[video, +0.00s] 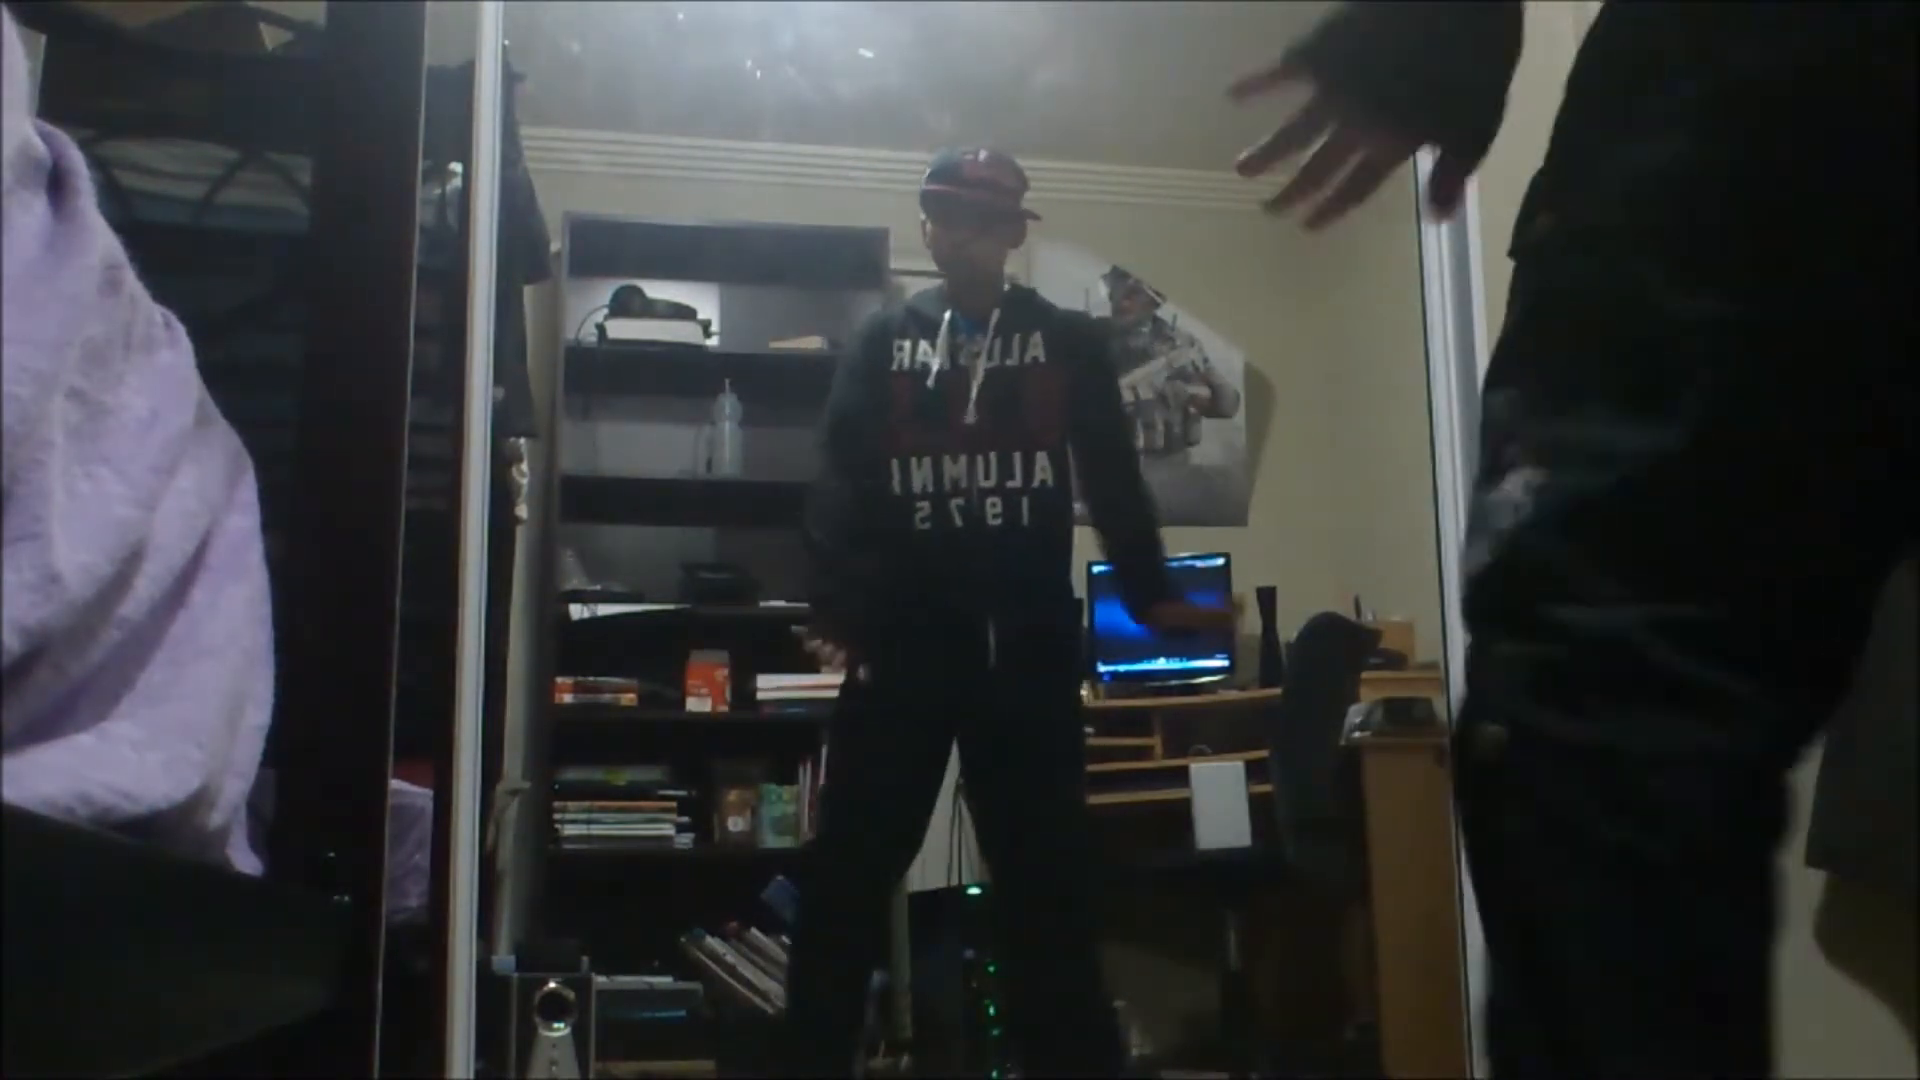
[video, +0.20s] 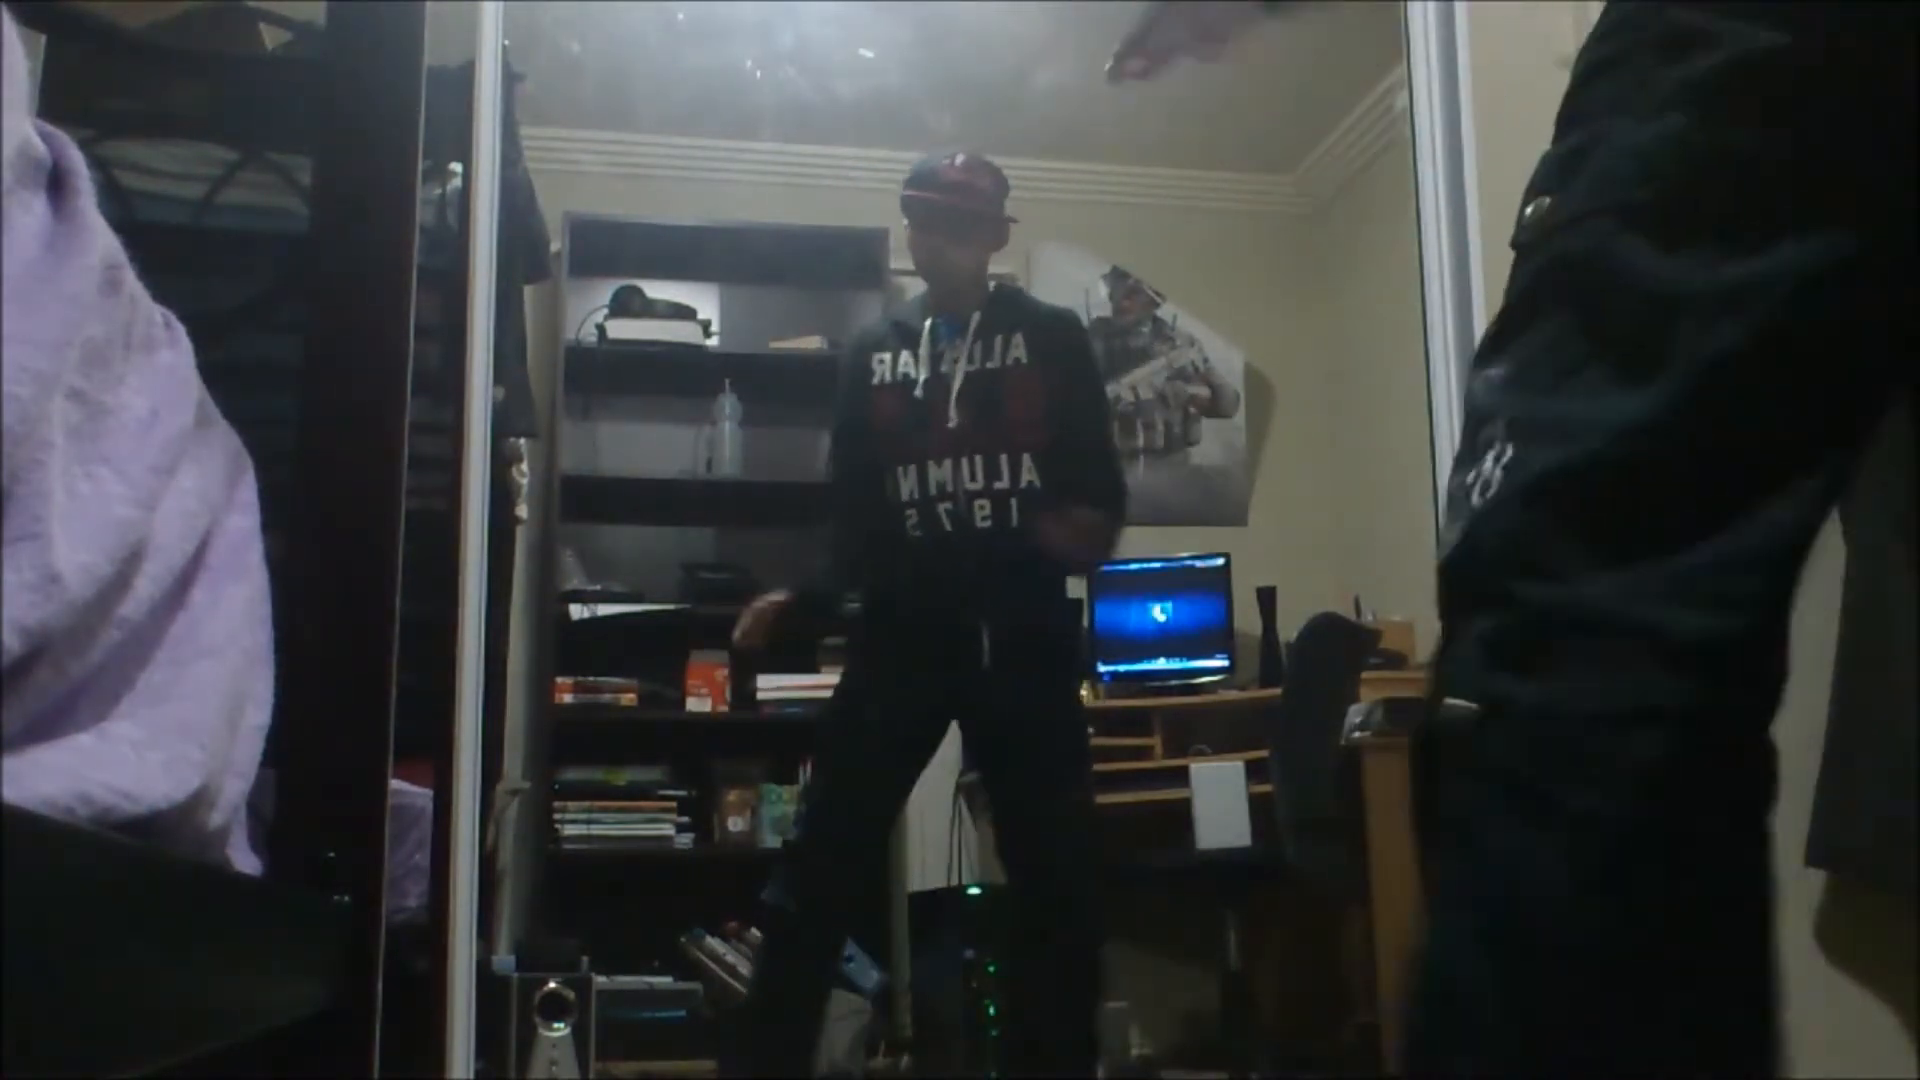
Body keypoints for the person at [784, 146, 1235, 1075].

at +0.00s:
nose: (973, 237)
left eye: (992, 220)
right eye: (956, 218)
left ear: (1021, 230)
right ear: (927, 226)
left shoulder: (1068, 340)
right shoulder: (881, 337)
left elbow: (1113, 481)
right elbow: (839, 480)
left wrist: (1156, 601)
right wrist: (836, 602)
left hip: (1027, 637)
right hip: (905, 634)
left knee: (1045, 868)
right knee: (850, 865)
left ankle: (1067, 1063)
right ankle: (814, 1062)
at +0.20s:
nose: (933, 239)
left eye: (957, 224)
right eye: (922, 222)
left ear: (996, 234)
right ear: (904, 230)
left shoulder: (1053, 339)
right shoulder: (873, 353)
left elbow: (1098, 493)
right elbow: (853, 523)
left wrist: (1087, 529)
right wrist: (800, 602)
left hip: (1022, 634)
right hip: (904, 634)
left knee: (1054, 869)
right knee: (828, 852)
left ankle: (1055, 1065)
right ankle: (767, 1063)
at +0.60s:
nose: (870, 235)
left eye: (890, 219)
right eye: (857, 219)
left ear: (930, 227)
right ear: (841, 227)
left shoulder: (989, 326)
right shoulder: (824, 357)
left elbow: (1072, 465)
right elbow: (783, 501)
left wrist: (996, 534)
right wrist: (735, 609)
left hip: (975, 641)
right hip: (862, 643)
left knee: (1002, 879)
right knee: (826, 876)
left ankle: (1024, 1065)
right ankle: (819, 1063)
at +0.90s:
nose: (945, 231)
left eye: (958, 215)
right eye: (927, 210)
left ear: (970, 225)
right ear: (877, 212)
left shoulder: (999, 325)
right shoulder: (813, 343)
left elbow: (1064, 431)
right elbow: (800, 494)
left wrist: (1101, 476)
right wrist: (828, 617)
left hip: (993, 613)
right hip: (874, 622)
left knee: (1064, 832)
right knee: (860, 863)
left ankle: (1094, 1056)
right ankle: (844, 1065)